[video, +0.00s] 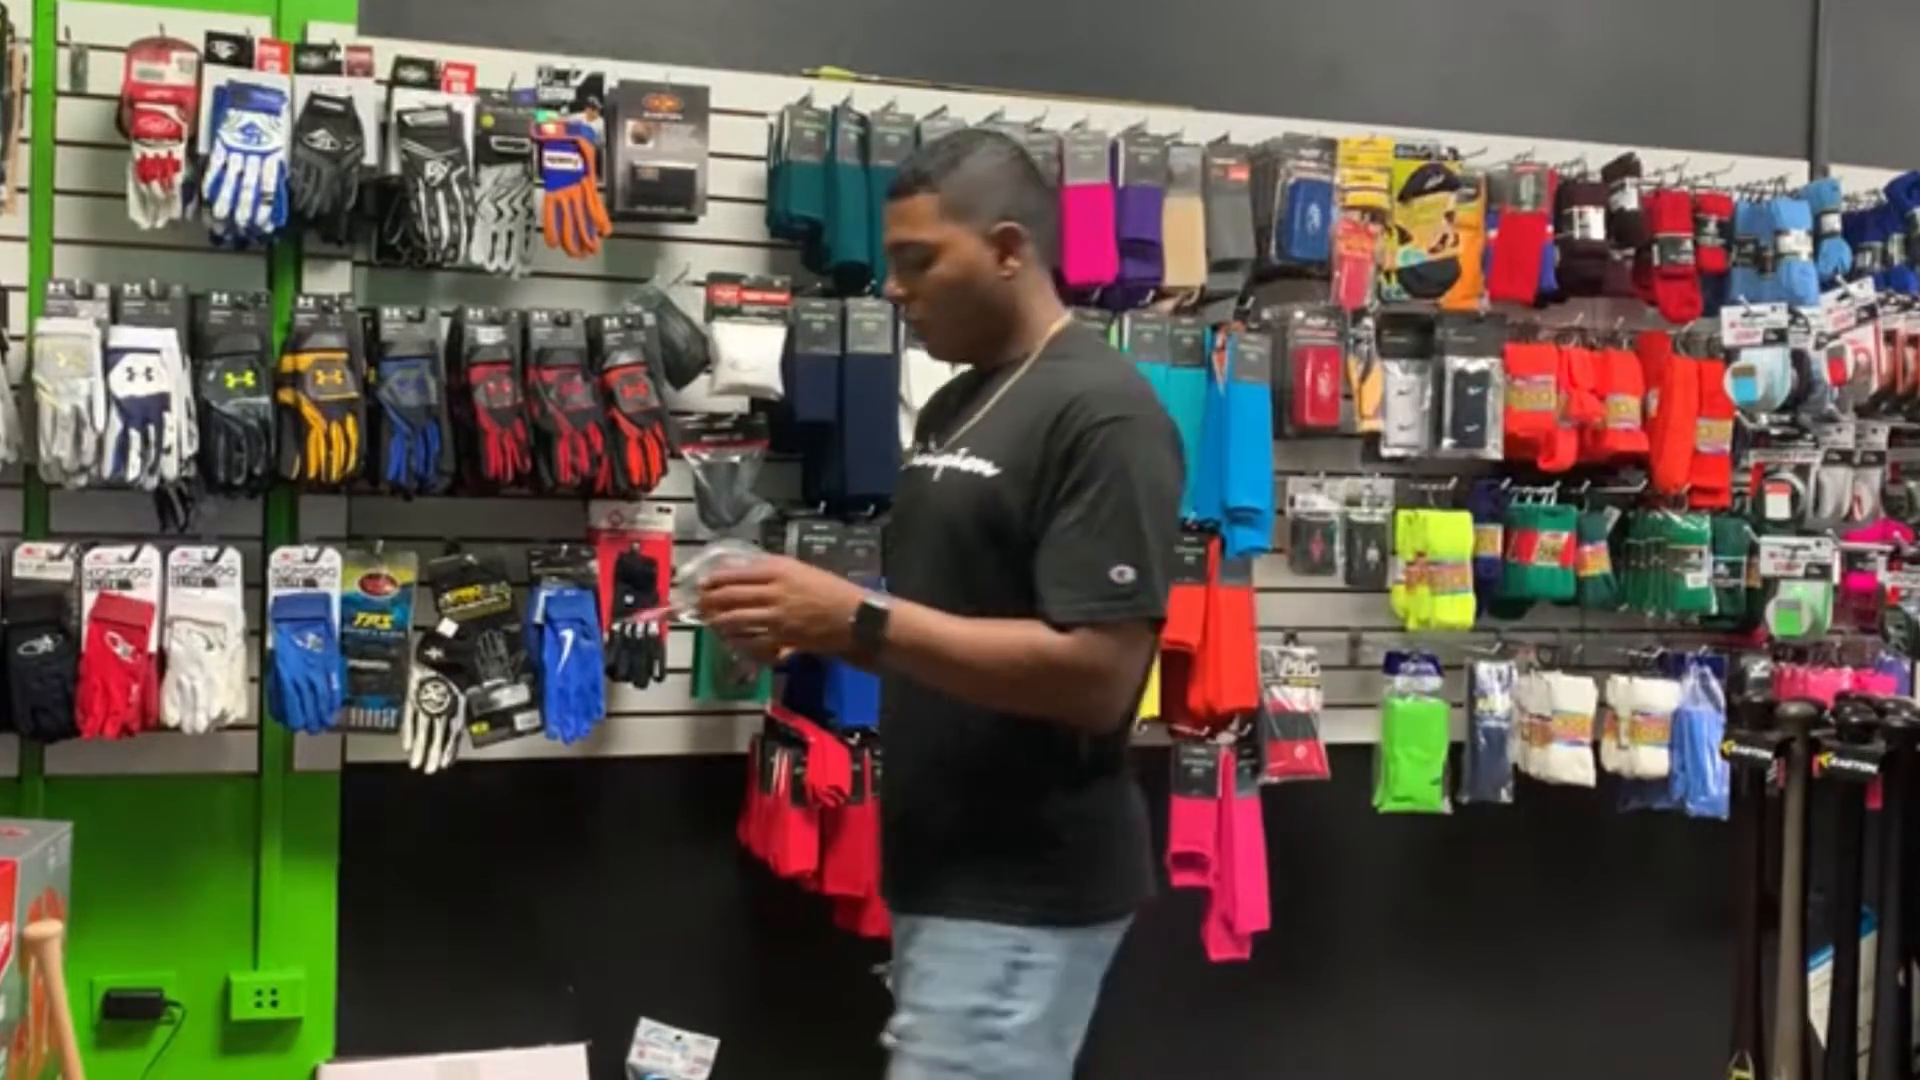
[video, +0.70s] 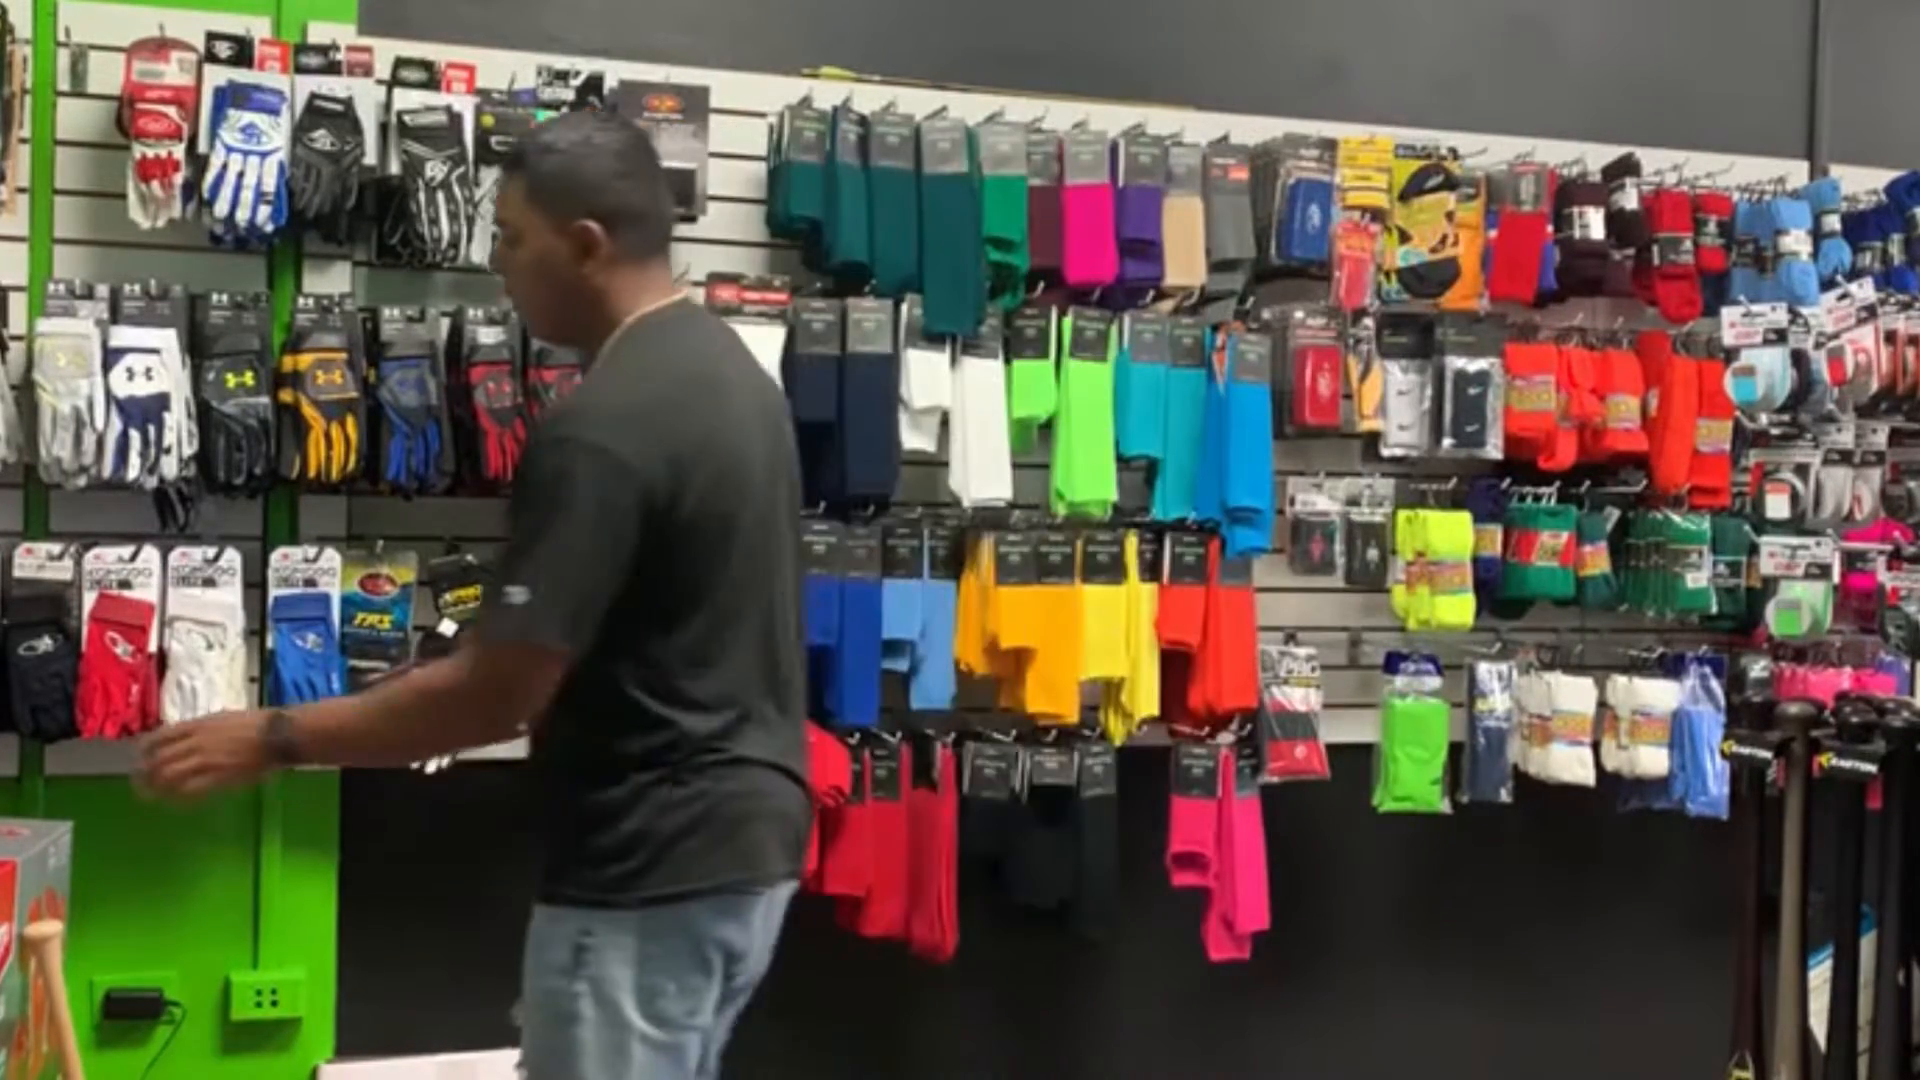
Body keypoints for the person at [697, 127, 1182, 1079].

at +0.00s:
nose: (896, 292)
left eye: (917, 260)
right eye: (892, 267)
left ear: (1008, 247)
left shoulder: (1107, 412)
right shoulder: (960, 406)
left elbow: (1099, 680)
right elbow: (953, 629)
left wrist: (858, 621)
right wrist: (824, 618)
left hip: (1027, 891)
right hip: (945, 873)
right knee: (943, 1060)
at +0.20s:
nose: (808, 296)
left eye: (826, 263)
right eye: (806, 271)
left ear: (916, 251)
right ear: (913, 256)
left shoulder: (991, 412)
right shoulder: (947, 397)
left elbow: (994, 681)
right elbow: (937, 650)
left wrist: (755, 628)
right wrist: (749, 634)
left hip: (934, 898)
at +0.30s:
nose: (760, 296)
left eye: (775, 263)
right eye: (760, 268)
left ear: (861, 255)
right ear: (861, 258)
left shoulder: (919, 418)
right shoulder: (922, 397)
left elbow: (924, 690)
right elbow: (863, 654)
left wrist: (692, 653)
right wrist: (683, 635)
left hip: (883, 899)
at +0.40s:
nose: (695, 288)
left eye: (711, 259)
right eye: (698, 262)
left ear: (794, 258)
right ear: (797, 259)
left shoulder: (842, 426)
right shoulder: (871, 399)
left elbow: (845, 700)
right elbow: (851, 635)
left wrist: (603, 690)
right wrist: (697, 645)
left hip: (825, 901)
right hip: (906, 883)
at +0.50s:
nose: (623, 278)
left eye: (637, 246)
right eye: (624, 249)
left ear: (717, 253)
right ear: (728, 254)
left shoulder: (756, 421)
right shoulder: (825, 388)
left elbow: (741, 707)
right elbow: (818, 644)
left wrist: (503, 712)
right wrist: (651, 651)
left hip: (751, 895)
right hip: (855, 870)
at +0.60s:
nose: (553, 265)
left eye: (566, 240)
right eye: (552, 240)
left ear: (648, 248)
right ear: (659, 247)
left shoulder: (676, 414)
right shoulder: (769, 376)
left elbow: (617, 705)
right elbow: (751, 639)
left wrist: (393, 728)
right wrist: (593, 638)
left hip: (694, 872)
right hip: (793, 851)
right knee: (753, 1068)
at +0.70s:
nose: (499, 265)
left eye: (510, 239)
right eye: (499, 239)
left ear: (587, 245)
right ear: (605, 239)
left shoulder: (603, 423)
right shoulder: (728, 374)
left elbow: (496, 689)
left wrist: (273, 735)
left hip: (648, 857)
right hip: (743, 837)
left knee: (599, 1063)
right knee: (658, 1063)